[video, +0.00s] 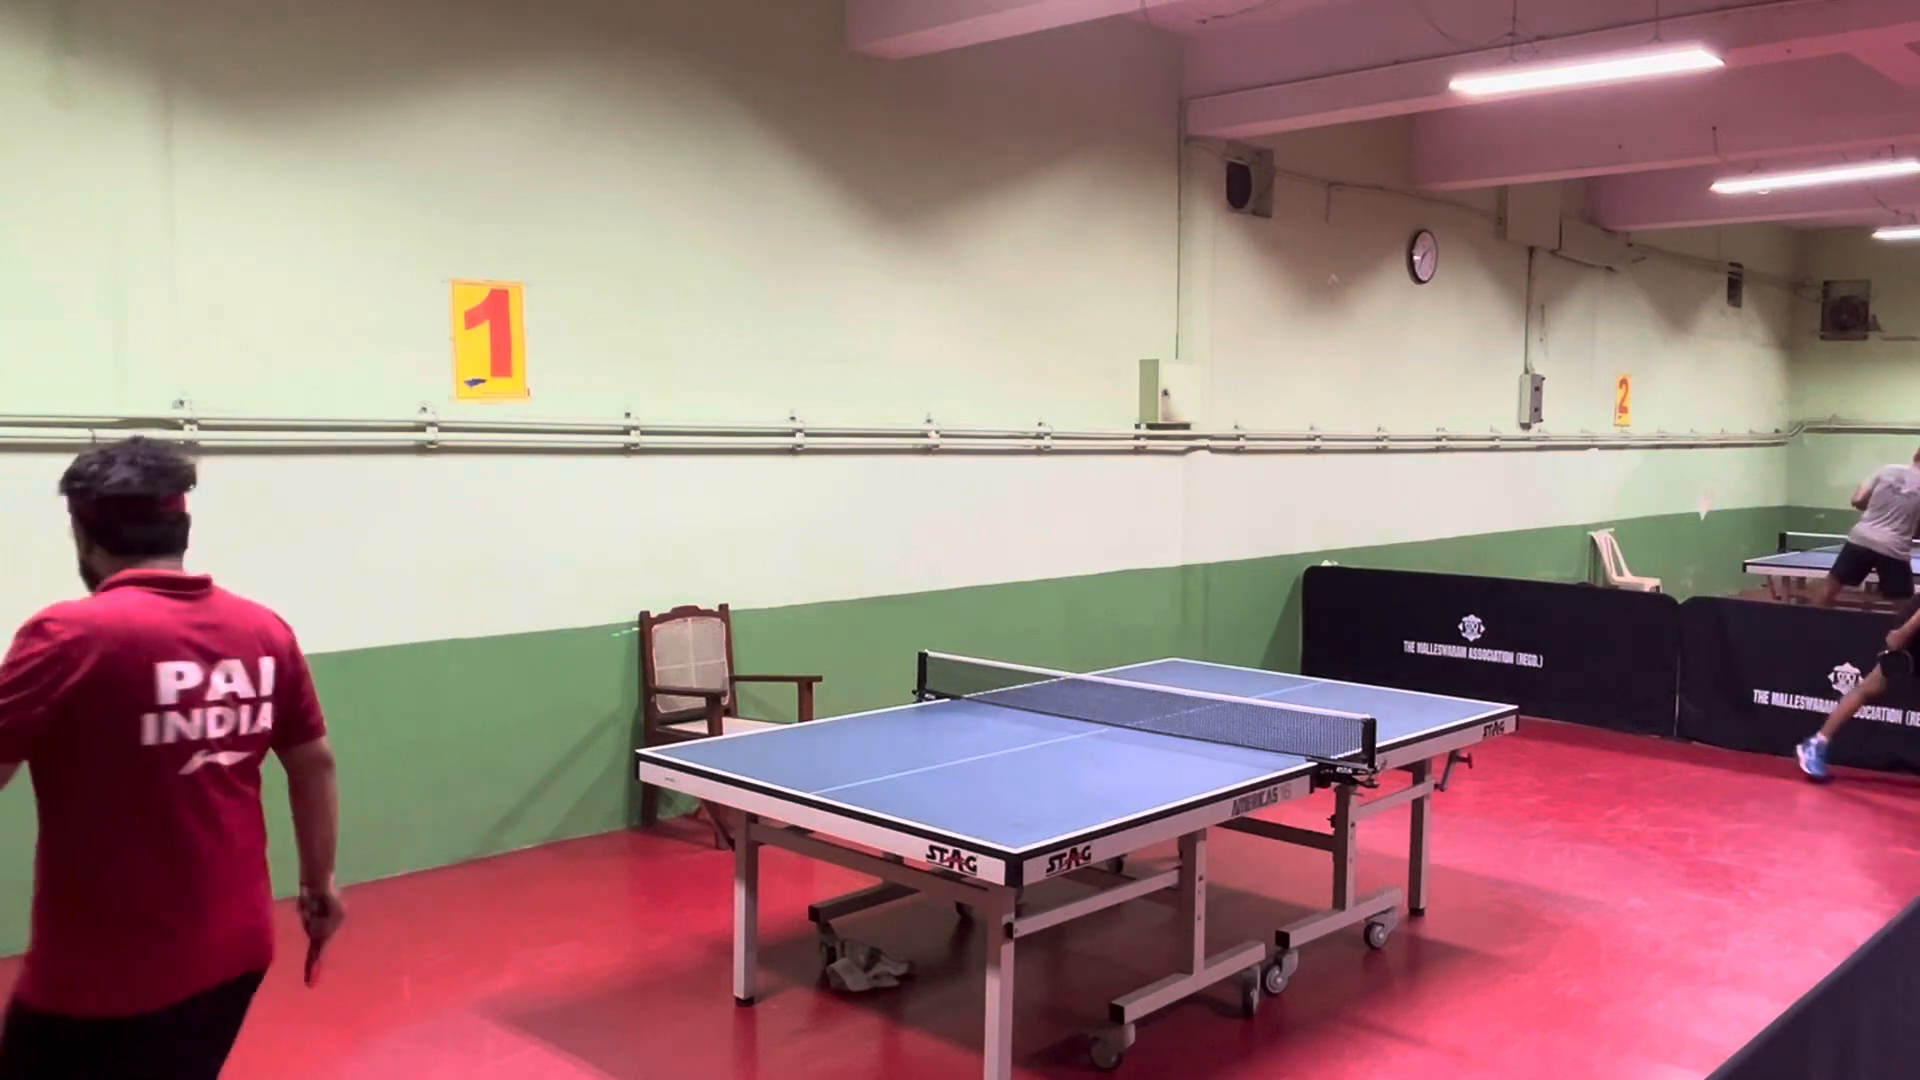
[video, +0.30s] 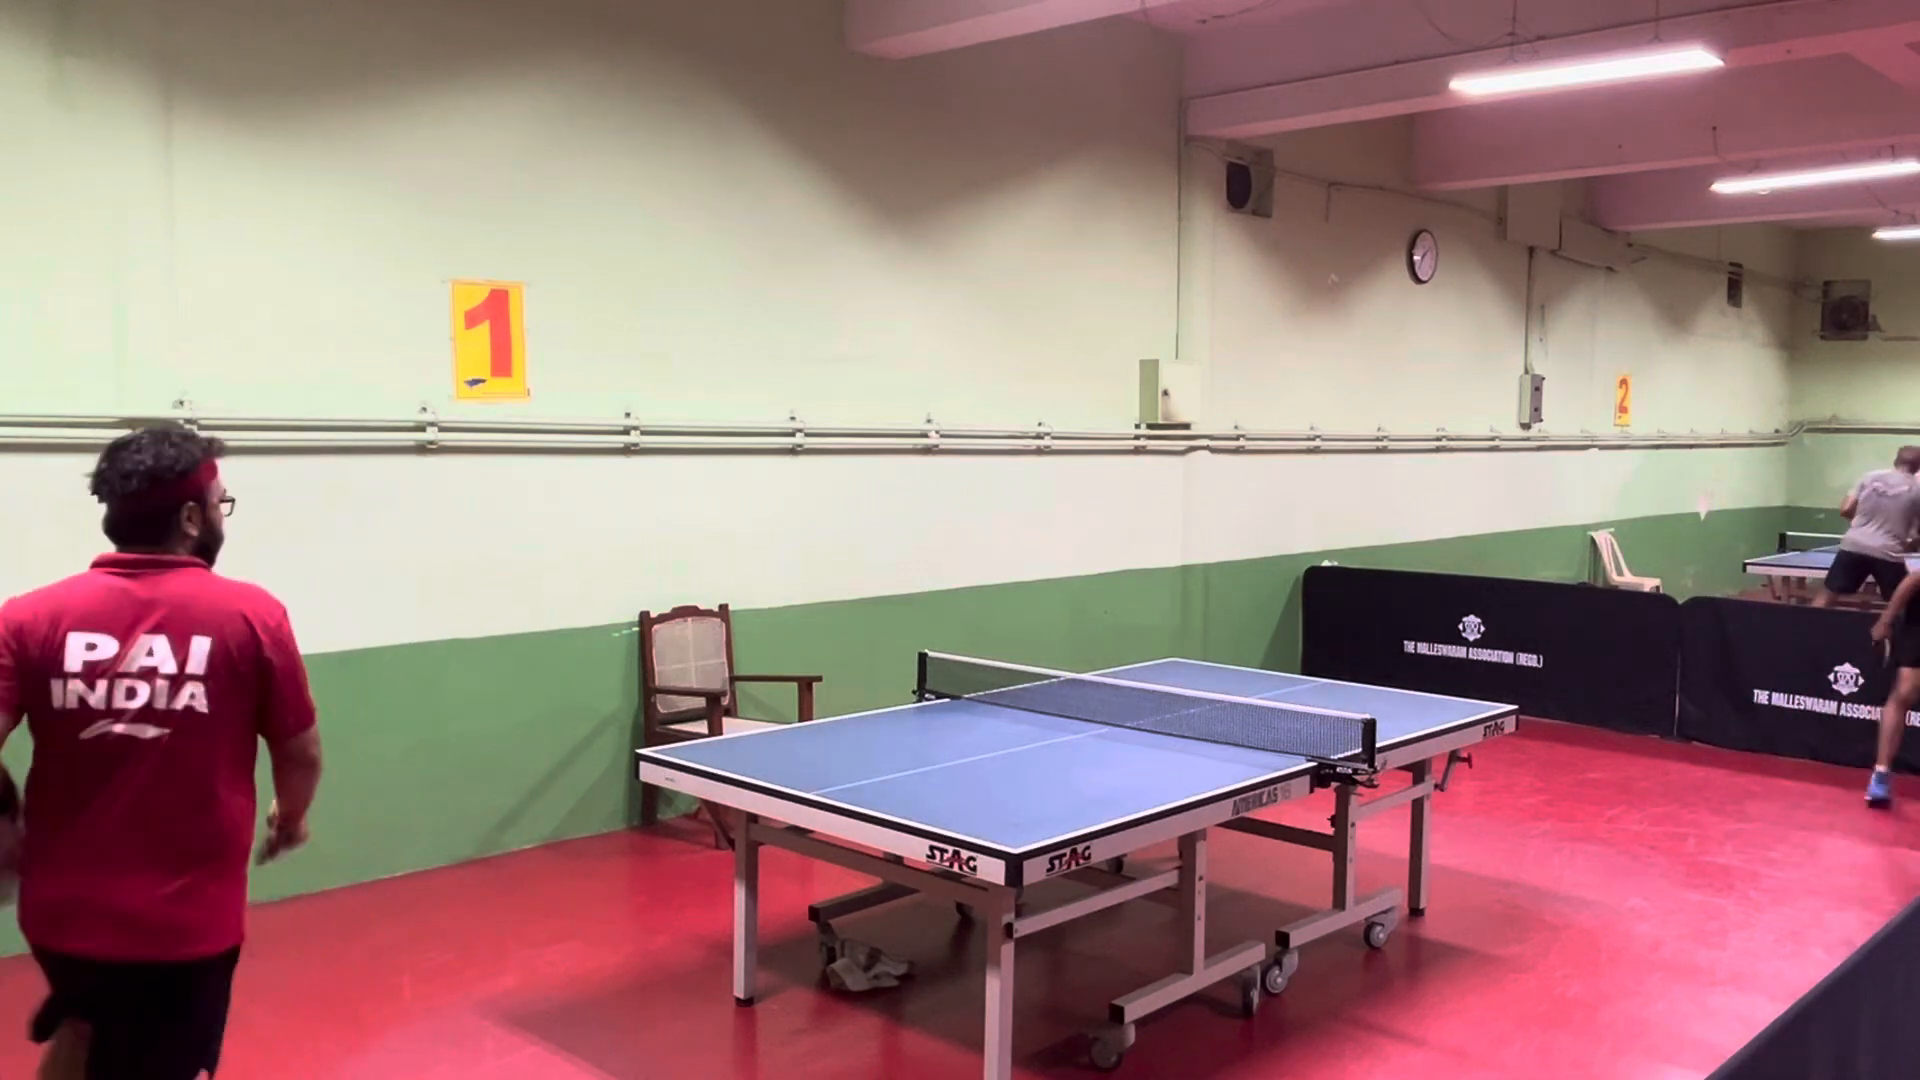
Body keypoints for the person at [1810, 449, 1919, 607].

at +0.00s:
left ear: (1914, 456)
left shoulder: (1887, 470)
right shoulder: (1918, 486)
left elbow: (1858, 500)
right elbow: (1916, 533)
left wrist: (1875, 508)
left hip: (1860, 542)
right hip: (1895, 552)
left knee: (1828, 591)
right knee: (1905, 610)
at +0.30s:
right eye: (1917, 465)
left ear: (1896, 461)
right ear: (1916, 466)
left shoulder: (1871, 477)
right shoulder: (1915, 488)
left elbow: (1846, 509)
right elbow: (1917, 538)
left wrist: (1864, 521)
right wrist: (1905, 546)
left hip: (1853, 548)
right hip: (1888, 555)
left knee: (1826, 596)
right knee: (1903, 609)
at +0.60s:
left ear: (1834, 478)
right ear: (1857, 480)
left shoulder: (1820, 496)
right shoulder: (1872, 501)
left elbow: (1812, 529)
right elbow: (1876, 532)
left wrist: (1817, 542)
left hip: (1824, 564)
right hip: (1859, 567)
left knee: (1796, 605)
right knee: (1885, 610)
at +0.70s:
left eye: (1802, 482)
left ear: (1803, 482)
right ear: (1825, 483)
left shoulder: (1795, 498)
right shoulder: (1840, 502)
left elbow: (1792, 531)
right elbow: (1843, 536)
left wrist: (1789, 544)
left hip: (1806, 565)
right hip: (1841, 566)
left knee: (1775, 604)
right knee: (1866, 608)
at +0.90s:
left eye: (1753, 490)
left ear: (1754, 489)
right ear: (1774, 487)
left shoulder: (1757, 499)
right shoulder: (1792, 502)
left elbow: (1758, 527)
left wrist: (1740, 542)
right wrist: (1766, 541)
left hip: (1778, 562)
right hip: (1813, 560)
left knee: (1741, 602)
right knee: (1835, 605)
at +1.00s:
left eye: (1741, 484)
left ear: (1742, 484)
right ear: (1762, 480)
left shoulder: (1745, 496)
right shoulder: (1783, 496)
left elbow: (1748, 524)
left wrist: (1730, 540)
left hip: (1771, 558)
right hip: (1804, 555)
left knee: (1735, 602)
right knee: (1825, 603)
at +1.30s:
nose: (1745, 463)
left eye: (1745, 460)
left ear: (1746, 462)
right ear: (1767, 462)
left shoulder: (1740, 481)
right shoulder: (1786, 482)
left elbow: (1731, 514)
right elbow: (1793, 514)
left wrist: (1725, 527)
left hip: (1756, 547)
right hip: (1789, 546)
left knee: (1732, 600)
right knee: (1806, 600)